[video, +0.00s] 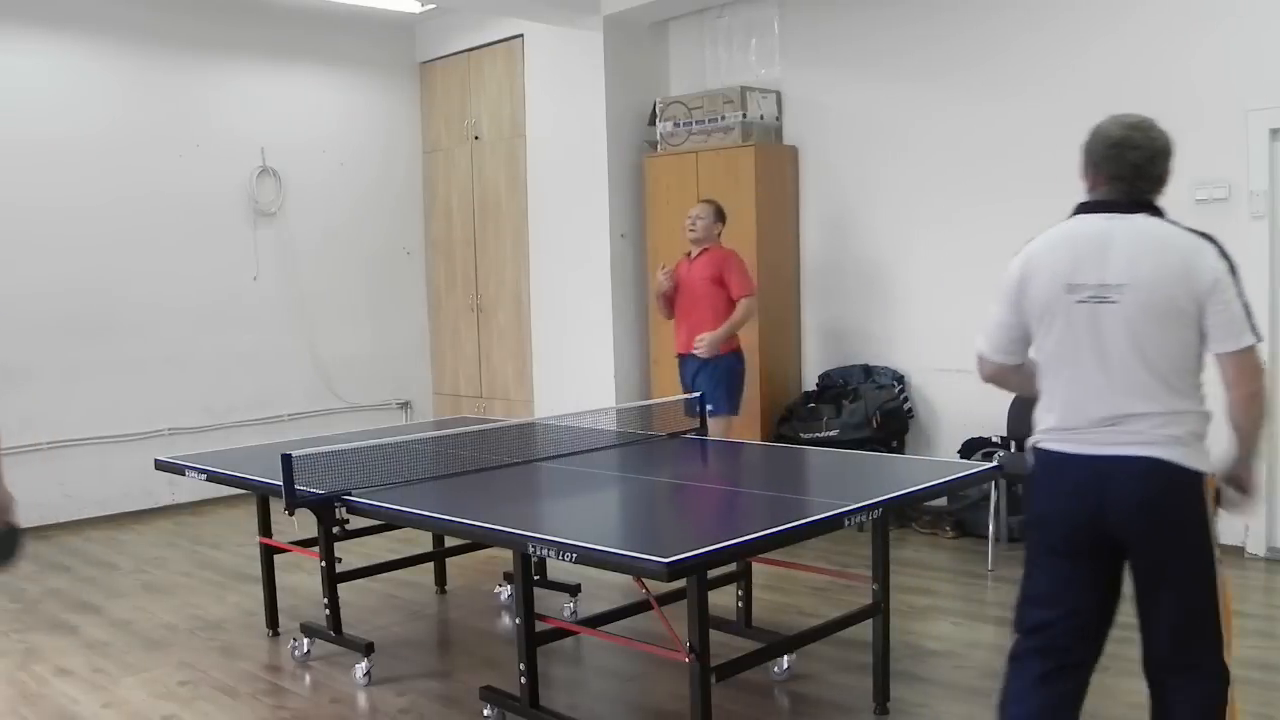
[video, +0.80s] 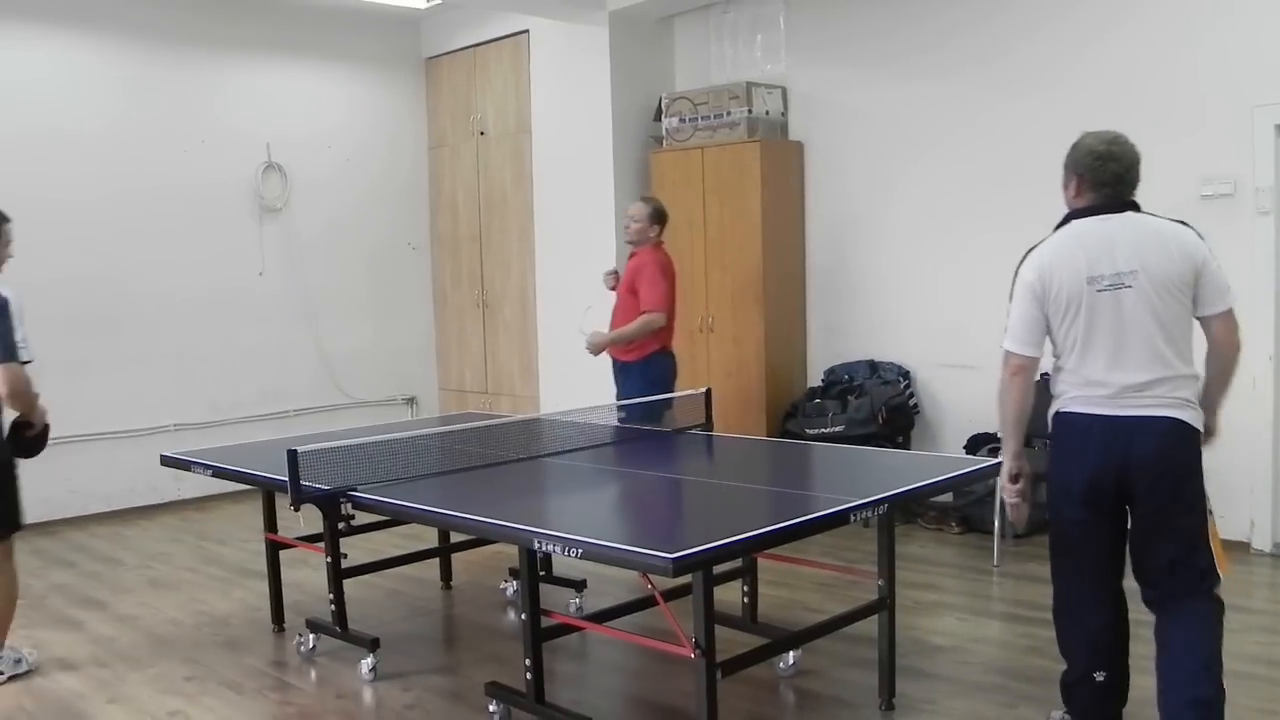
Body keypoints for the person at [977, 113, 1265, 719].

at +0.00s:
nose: (1083, 175)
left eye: (1086, 167)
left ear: (1087, 173)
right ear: (1161, 178)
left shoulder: (1040, 253)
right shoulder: (1198, 255)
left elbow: (996, 365)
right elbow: (1245, 380)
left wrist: (1064, 384)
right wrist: (1242, 461)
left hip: (1063, 481)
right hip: (1163, 486)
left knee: (1046, 653)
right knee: (1186, 665)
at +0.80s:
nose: (1061, 189)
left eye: (1064, 180)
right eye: (1065, 180)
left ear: (1076, 185)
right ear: (1134, 185)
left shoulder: (1046, 258)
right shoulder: (1184, 242)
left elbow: (1019, 367)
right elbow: (1225, 340)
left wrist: (1012, 456)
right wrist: (1209, 407)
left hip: (1081, 443)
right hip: (1168, 441)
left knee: (1085, 587)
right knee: (1182, 588)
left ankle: (1092, 709)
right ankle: (1194, 711)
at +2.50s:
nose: (1016, 206)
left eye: (1022, 199)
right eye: (1020, 198)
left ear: (1041, 205)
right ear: (1067, 208)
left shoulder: (1023, 263)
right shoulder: (1102, 258)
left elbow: (1000, 348)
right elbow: (1111, 331)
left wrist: (969, 400)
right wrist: (1053, 329)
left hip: (1026, 416)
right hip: (1089, 414)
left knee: (1011, 531)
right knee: (1083, 525)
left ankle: (1020, 650)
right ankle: (1112, 644)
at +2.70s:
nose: (997, 212)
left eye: (1001, 204)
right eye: (999, 203)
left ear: (1022, 205)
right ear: (1047, 207)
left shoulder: (1011, 259)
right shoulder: (1084, 255)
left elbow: (986, 344)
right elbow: (1100, 328)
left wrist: (952, 396)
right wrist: (1044, 339)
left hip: (1021, 410)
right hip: (1076, 407)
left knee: (1005, 526)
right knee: (1055, 512)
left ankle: (1020, 648)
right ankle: (1097, 619)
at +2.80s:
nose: (992, 213)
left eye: (996, 204)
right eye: (994, 204)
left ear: (1018, 205)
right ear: (1040, 207)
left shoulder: (1011, 257)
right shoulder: (1078, 255)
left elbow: (990, 339)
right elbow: (1098, 326)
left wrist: (953, 392)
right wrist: (1042, 341)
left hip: (1023, 408)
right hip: (1075, 404)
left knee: (1008, 525)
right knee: (1051, 512)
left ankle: (1020, 647)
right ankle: (1079, 620)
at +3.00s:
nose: (989, 220)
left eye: (993, 210)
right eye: (990, 210)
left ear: (1018, 212)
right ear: (1037, 213)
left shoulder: (1025, 254)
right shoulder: (1071, 255)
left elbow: (1018, 332)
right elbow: (1094, 328)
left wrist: (977, 393)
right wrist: (1037, 344)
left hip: (1042, 407)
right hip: (1082, 400)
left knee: (1017, 522)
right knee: (1062, 511)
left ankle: (1020, 646)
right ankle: (1062, 613)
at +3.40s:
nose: (1005, 215)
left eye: (1013, 207)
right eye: (1004, 207)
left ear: (1045, 209)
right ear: (1030, 213)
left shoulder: (1071, 248)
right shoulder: (1036, 258)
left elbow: (1111, 318)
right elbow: (1042, 329)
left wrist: (1098, 395)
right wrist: (1004, 364)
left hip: (1090, 403)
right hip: (1052, 405)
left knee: (1097, 522)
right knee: (1063, 516)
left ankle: (1117, 642)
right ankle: (1062, 612)